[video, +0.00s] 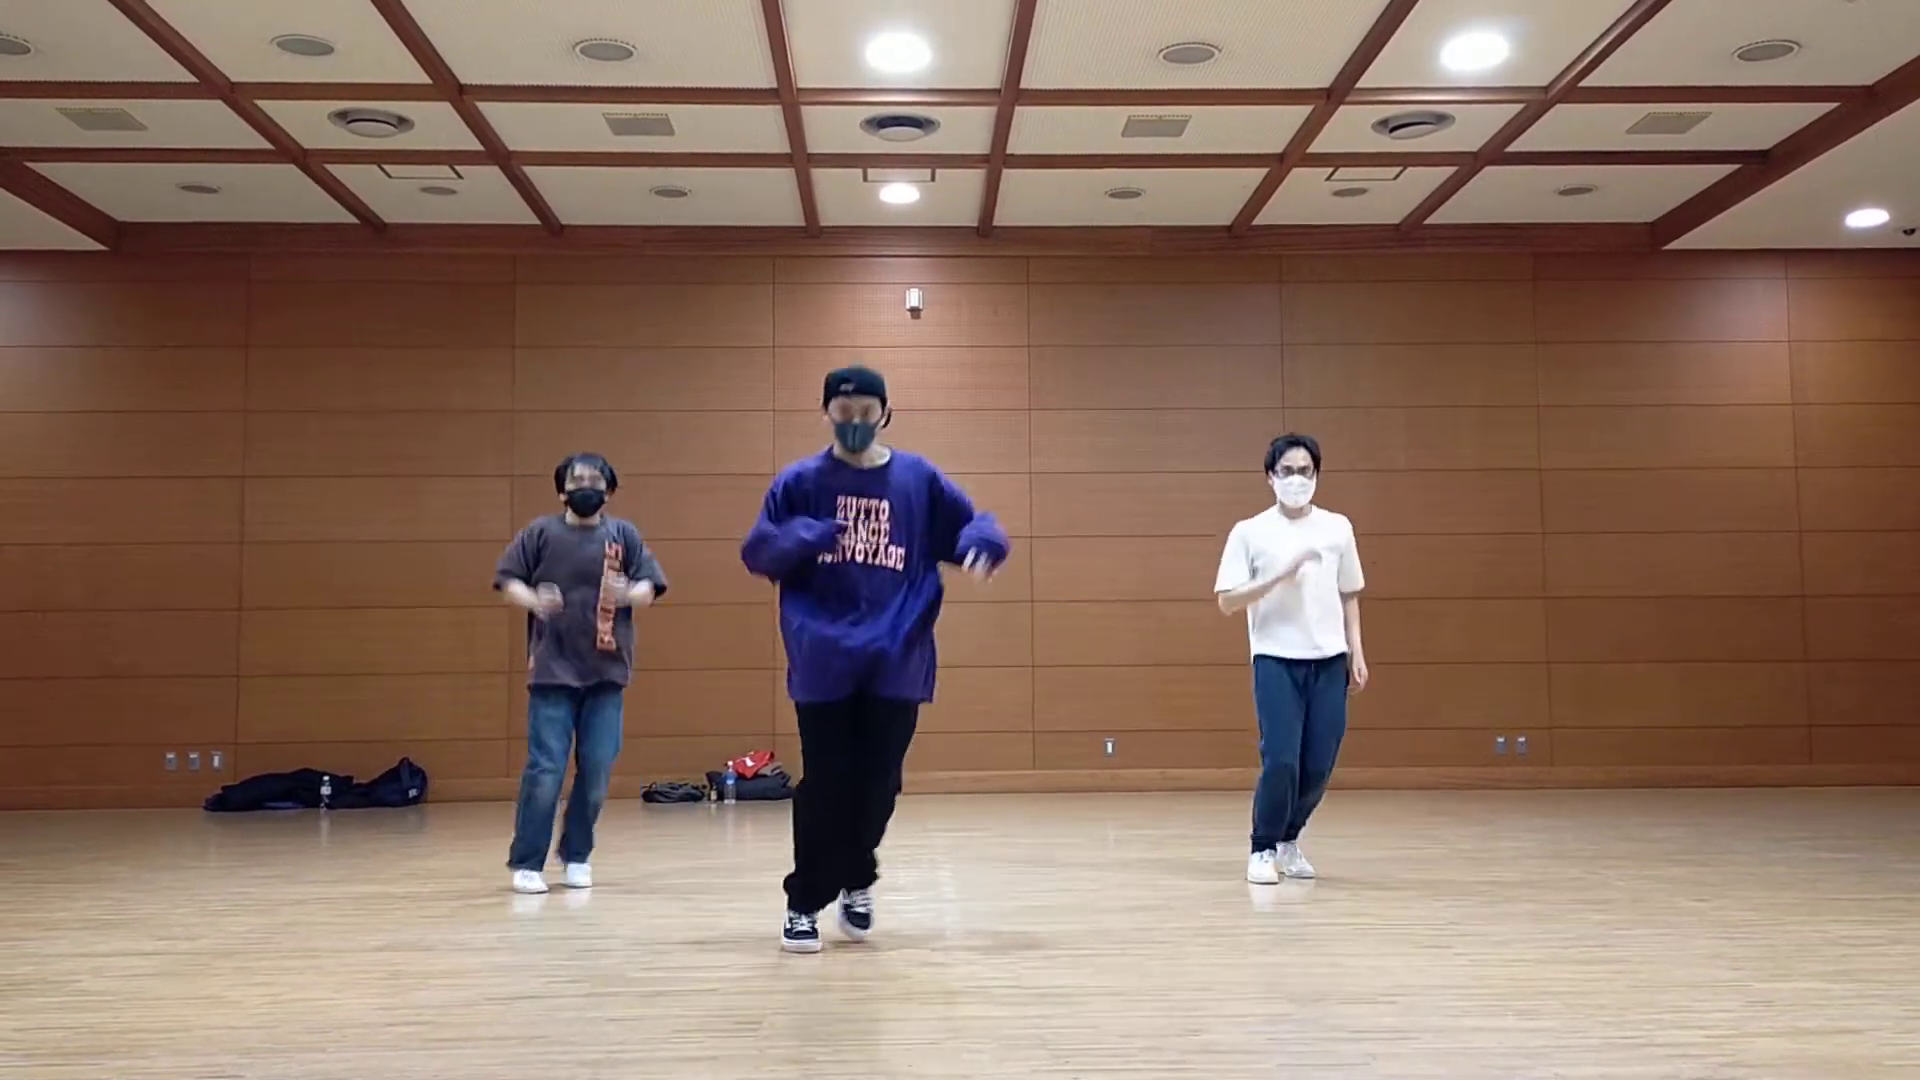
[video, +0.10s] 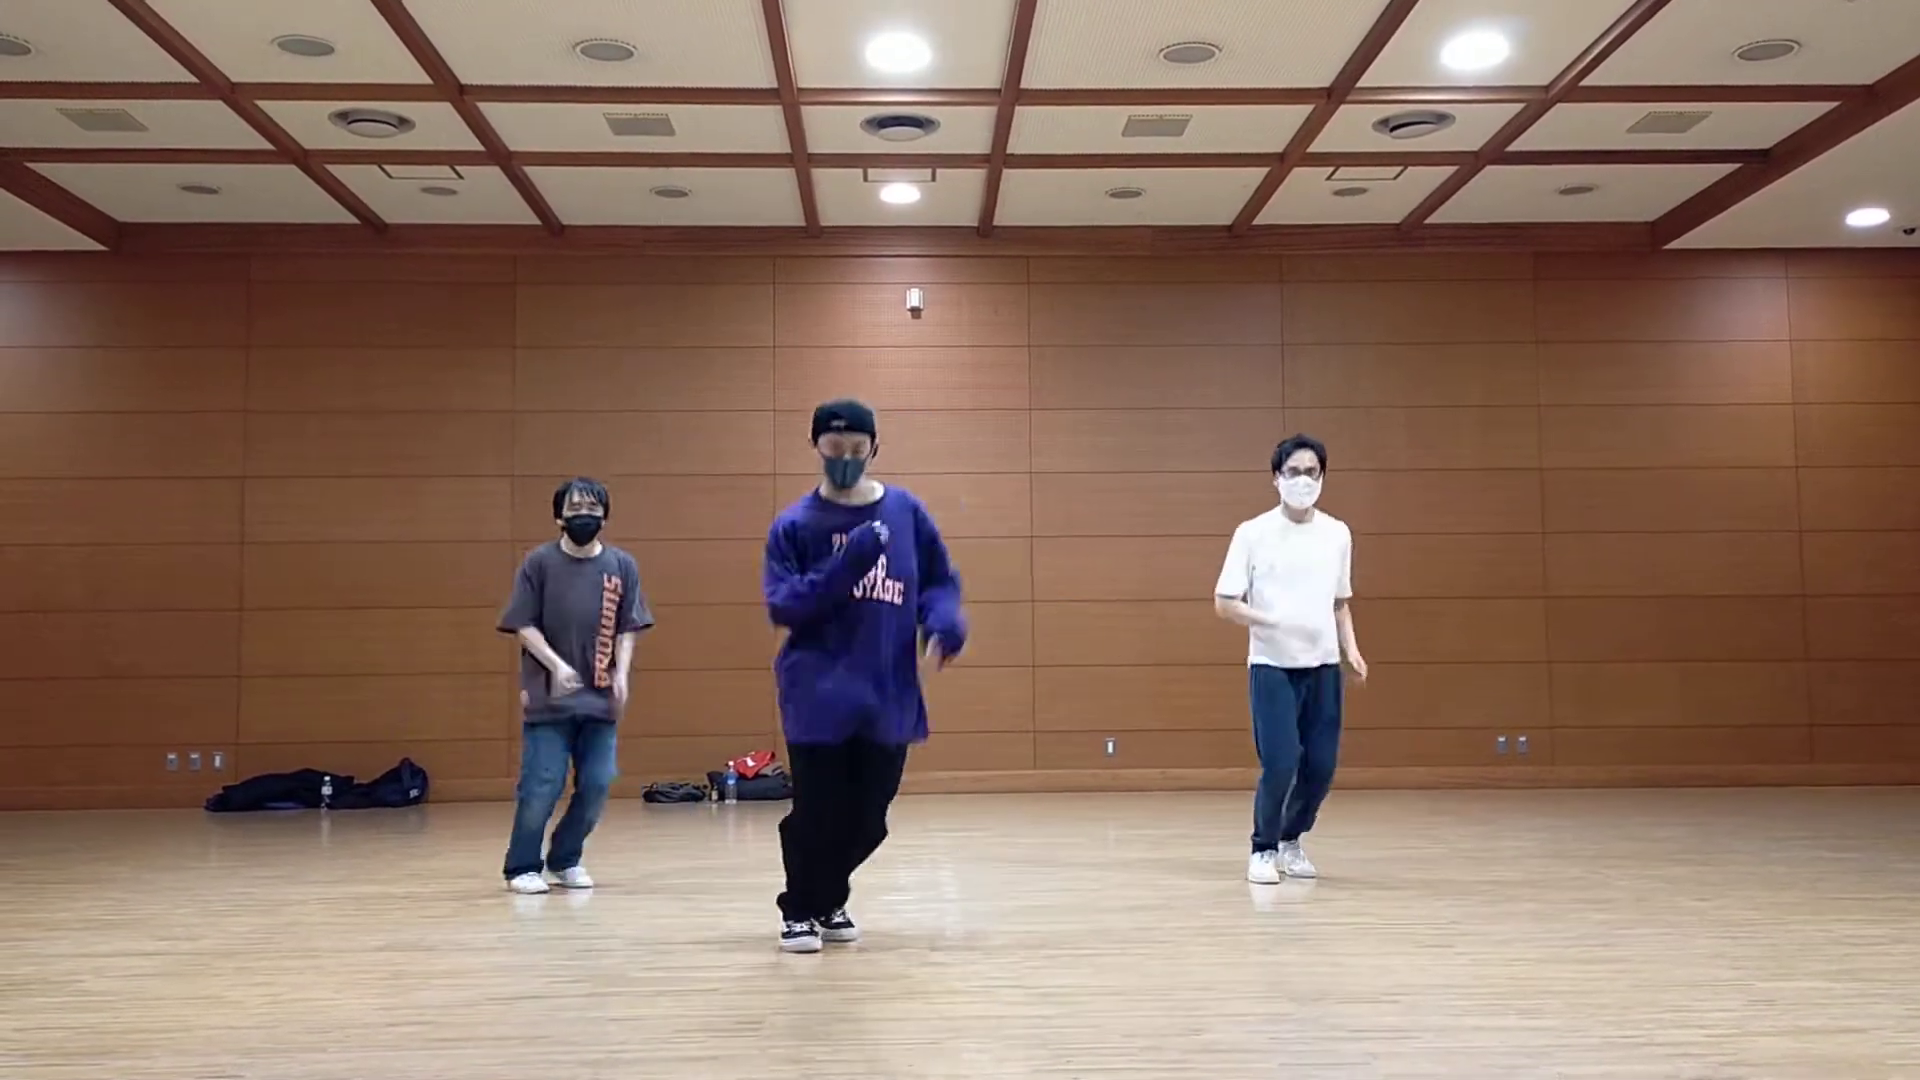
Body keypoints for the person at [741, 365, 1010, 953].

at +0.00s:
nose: (853, 414)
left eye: (865, 404)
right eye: (843, 405)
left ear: (884, 412)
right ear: (827, 413)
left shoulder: (917, 478)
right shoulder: (801, 481)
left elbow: (970, 525)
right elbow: (758, 554)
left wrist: (984, 540)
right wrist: (809, 534)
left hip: (897, 658)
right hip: (822, 657)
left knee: (879, 781)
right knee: (826, 779)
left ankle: (860, 880)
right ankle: (803, 904)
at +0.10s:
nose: (842, 448)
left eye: (853, 438)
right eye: (832, 438)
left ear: (872, 447)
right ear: (816, 446)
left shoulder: (905, 512)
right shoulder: (794, 526)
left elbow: (940, 582)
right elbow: (784, 607)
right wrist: (846, 564)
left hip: (887, 690)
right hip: (817, 691)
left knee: (868, 820)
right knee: (817, 809)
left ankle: (828, 899)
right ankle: (799, 912)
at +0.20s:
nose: (848, 456)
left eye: (858, 447)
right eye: (837, 445)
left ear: (873, 450)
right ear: (818, 447)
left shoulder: (902, 510)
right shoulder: (798, 518)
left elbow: (909, 590)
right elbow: (821, 574)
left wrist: (918, 664)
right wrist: (873, 508)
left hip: (885, 688)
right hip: (821, 688)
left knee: (873, 816)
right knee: (816, 807)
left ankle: (836, 898)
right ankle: (803, 912)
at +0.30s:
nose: (867, 423)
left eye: (878, 415)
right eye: (858, 413)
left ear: (893, 418)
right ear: (838, 414)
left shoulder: (915, 481)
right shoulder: (814, 475)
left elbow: (915, 549)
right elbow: (832, 529)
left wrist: (942, 600)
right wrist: (905, 473)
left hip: (895, 660)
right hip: (825, 660)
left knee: (898, 790)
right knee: (815, 790)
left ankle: (857, 878)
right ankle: (805, 906)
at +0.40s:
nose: (900, 402)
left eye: (911, 394)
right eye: (889, 392)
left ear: (923, 404)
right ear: (867, 397)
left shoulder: (935, 469)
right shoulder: (835, 454)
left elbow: (951, 534)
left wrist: (989, 573)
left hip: (901, 651)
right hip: (829, 648)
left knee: (921, 773)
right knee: (820, 781)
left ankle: (903, 886)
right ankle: (793, 901)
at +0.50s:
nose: (926, 432)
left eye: (937, 424)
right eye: (916, 421)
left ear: (950, 435)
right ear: (894, 426)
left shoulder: (949, 499)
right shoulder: (859, 479)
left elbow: (971, 555)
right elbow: (862, 551)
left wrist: (1038, 575)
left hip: (906, 678)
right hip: (837, 677)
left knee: (951, 789)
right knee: (809, 798)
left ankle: (972, 905)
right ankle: (753, 909)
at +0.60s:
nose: (958, 489)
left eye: (968, 480)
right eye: (947, 477)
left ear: (978, 485)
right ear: (925, 475)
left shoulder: (966, 546)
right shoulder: (889, 531)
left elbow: (1002, 604)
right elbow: (861, 617)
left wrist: (1085, 613)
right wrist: (863, 712)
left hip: (907, 697)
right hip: (858, 699)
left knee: (982, 784)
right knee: (824, 813)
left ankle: (991, 910)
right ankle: (741, 917)